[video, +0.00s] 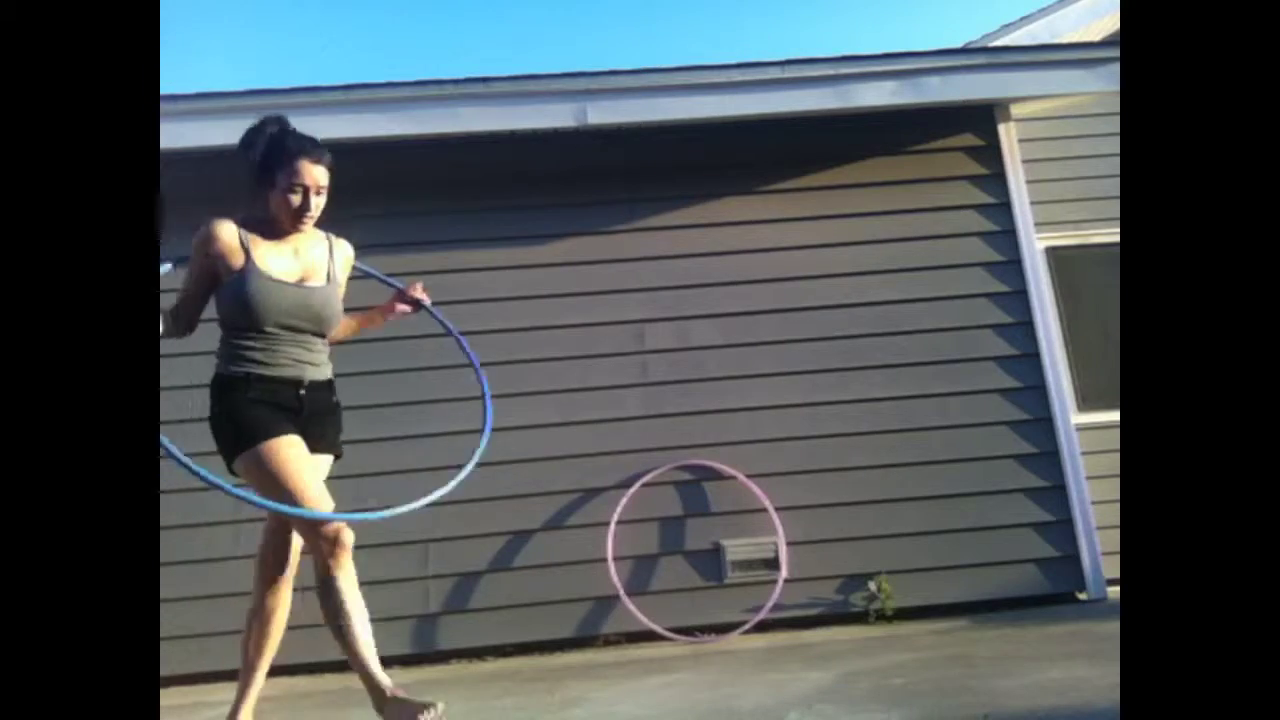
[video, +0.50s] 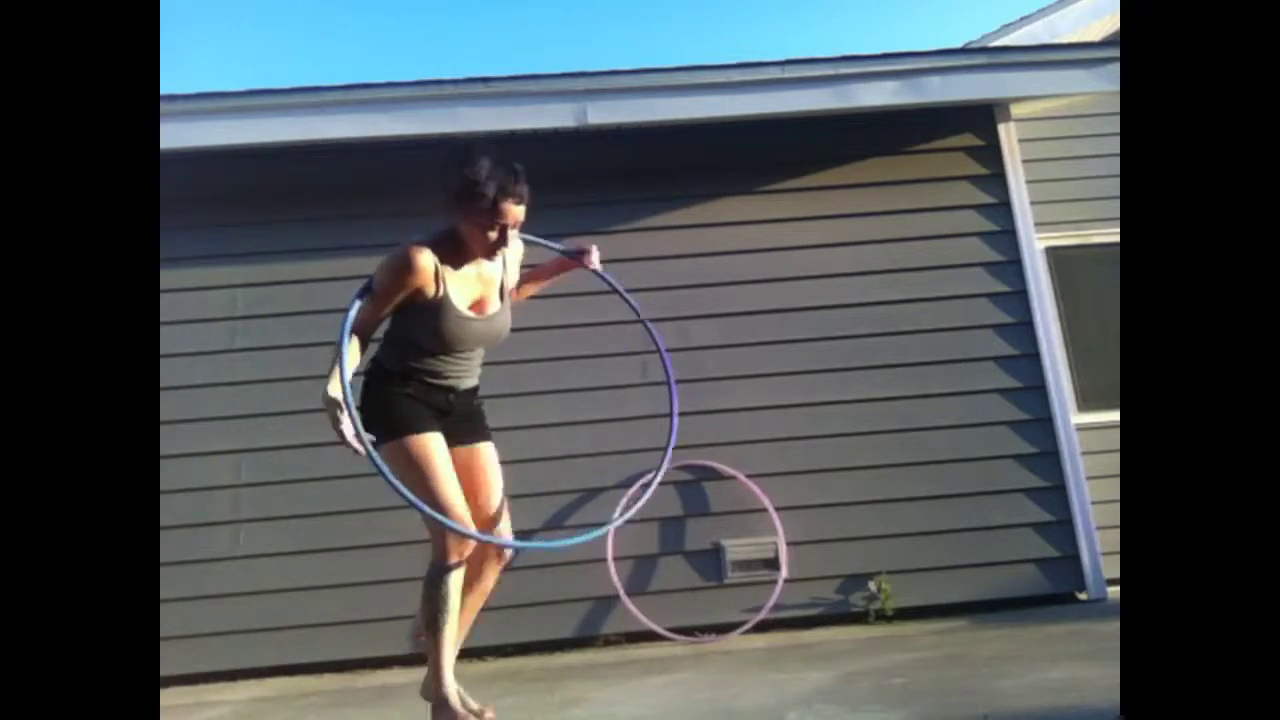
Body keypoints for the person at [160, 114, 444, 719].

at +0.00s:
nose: (309, 202)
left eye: (319, 191)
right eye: (296, 189)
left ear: (329, 190)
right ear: (267, 185)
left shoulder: (337, 251)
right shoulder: (224, 239)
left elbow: (327, 330)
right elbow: (179, 324)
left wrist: (387, 312)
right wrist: (166, 310)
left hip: (318, 404)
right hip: (248, 400)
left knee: (276, 569)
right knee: (333, 536)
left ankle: (241, 710)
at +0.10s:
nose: (349, 212)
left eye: (359, 200)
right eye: (336, 199)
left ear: (369, 198)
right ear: (307, 194)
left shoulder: (369, 258)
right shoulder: (269, 248)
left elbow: (361, 327)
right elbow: (216, 320)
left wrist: (416, 308)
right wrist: (182, 331)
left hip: (346, 411)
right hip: (281, 406)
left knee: (291, 574)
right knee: (367, 543)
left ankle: (243, 709)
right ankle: (428, 696)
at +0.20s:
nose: (397, 219)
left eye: (406, 208)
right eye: (385, 206)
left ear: (416, 205)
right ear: (354, 200)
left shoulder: (409, 257)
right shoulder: (317, 254)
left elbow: (393, 324)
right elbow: (259, 320)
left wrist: (447, 307)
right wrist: (224, 356)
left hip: (379, 413)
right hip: (321, 407)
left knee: (308, 572)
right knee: (402, 541)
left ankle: (246, 705)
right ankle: (437, 698)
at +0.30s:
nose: (443, 227)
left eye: (452, 215)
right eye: (431, 215)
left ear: (459, 208)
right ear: (397, 208)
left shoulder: (451, 255)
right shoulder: (358, 262)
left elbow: (430, 315)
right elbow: (306, 329)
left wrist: (489, 295)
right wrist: (279, 375)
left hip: (409, 409)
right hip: (354, 404)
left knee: (359, 567)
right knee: (427, 535)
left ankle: (266, 698)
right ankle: (439, 698)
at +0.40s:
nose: (481, 232)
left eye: (489, 220)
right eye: (470, 220)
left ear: (497, 213)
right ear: (437, 213)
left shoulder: (481, 253)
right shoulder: (393, 264)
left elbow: (469, 301)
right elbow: (335, 326)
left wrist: (527, 274)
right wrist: (316, 377)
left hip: (438, 401)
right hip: (377, 396)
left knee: (435, 554)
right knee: (442, 537)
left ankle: (340, 675)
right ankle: (441, 696)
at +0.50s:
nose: (505, 237)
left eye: (513, 226)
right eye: (494, 225)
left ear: (521, 217)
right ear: (462, 214)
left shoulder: (505, 253)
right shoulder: (417, 265)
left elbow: (505, 292)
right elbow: (358, 332)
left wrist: (568, 263)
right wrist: (337, 397)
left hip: (460, 400)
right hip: (400, 397)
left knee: (496, 542)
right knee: (457, 536)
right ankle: (442, 690)